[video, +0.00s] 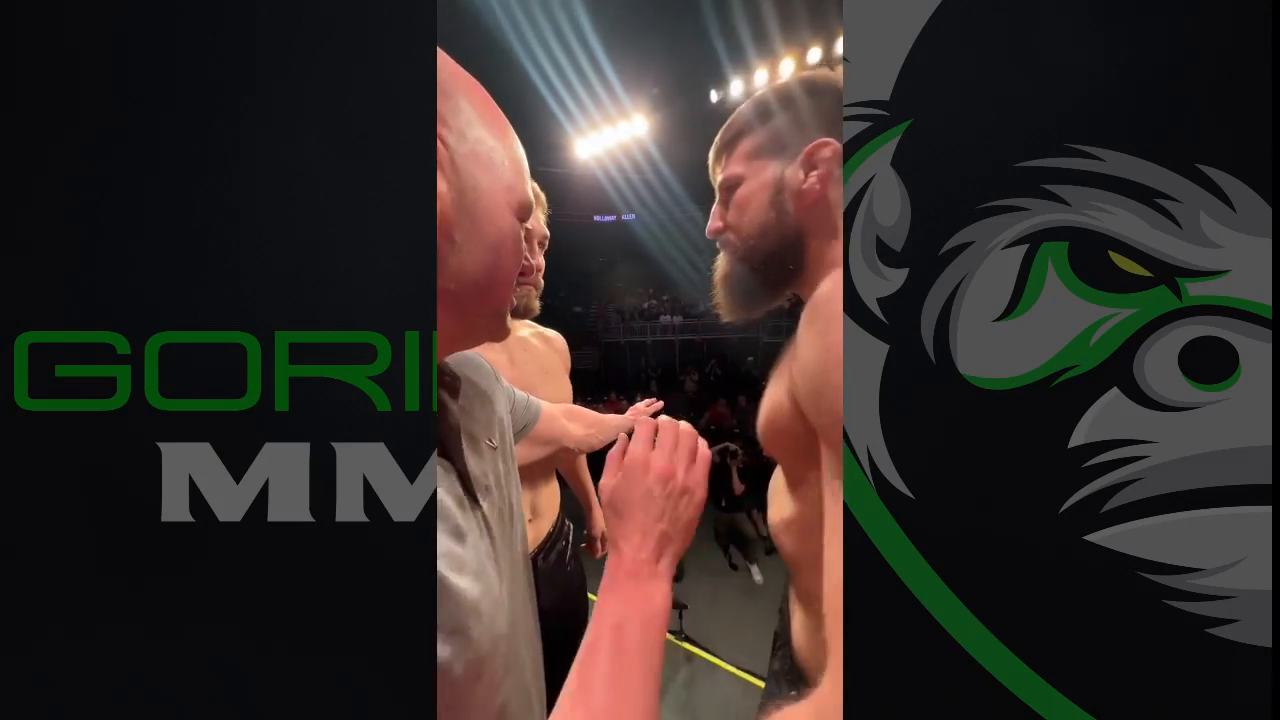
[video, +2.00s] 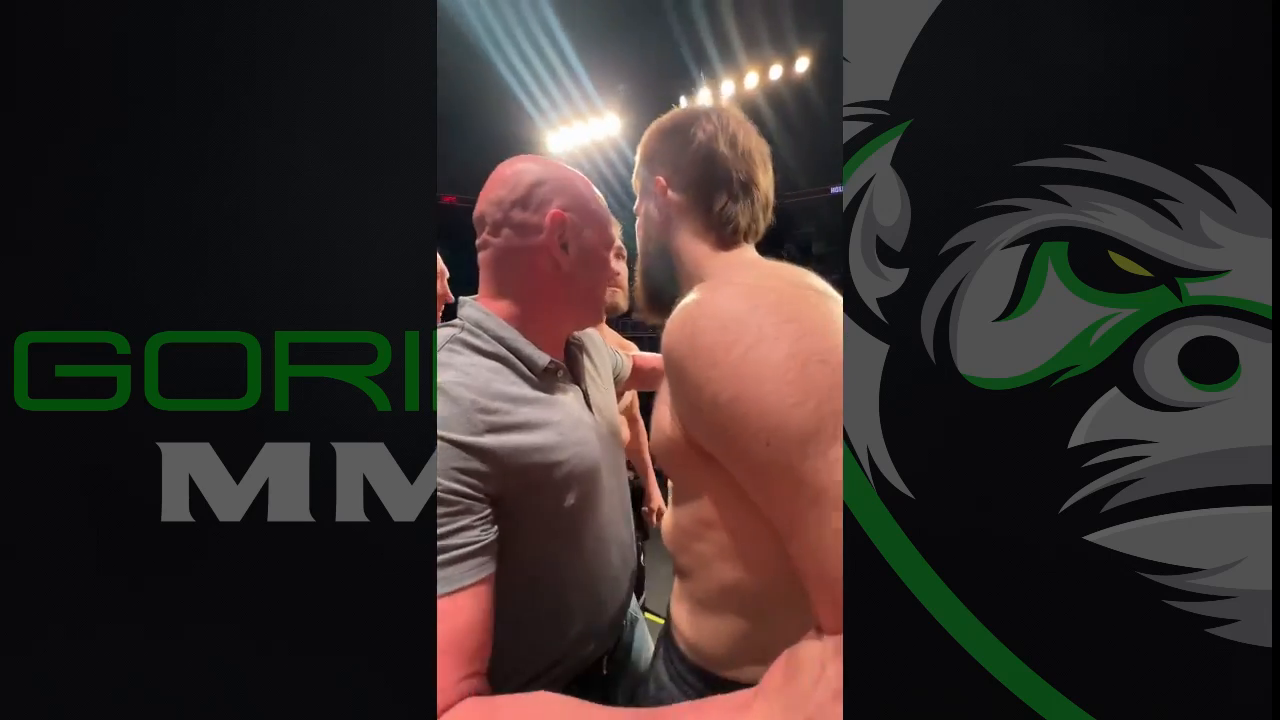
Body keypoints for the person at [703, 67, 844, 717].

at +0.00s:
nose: (712, 224)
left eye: (730, 189)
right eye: (715, 197)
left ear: (817, 171)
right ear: (816, 173)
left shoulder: (836, 318)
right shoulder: (821, 314)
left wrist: (831, 698)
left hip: (822, 694)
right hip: (808, 679)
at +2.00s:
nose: (635, 214)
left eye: (636, 195)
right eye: (634, 195)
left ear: (662, 198)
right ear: (745, 196)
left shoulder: (709, 322)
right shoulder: (812, 291)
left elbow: (831, 539)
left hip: (716, 685)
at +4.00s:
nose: (650, 277)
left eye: (648, 261)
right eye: (641, 257)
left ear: (592, 257)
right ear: (595, 254)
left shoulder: (545, 333)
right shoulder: (549, 344)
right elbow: (538, 590)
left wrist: (614, 412)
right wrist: (818, 680)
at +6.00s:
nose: (596, 272)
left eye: (595, 261)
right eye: (585, 260)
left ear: (539, 262)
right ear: (542, 260)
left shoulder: (507, 318)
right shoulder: (539, 333)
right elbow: (631, 437)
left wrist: (625, 438)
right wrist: (752, 445)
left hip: (505, 529)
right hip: (534, 539)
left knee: (504, 649)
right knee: (572, 692)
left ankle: (503, 712)